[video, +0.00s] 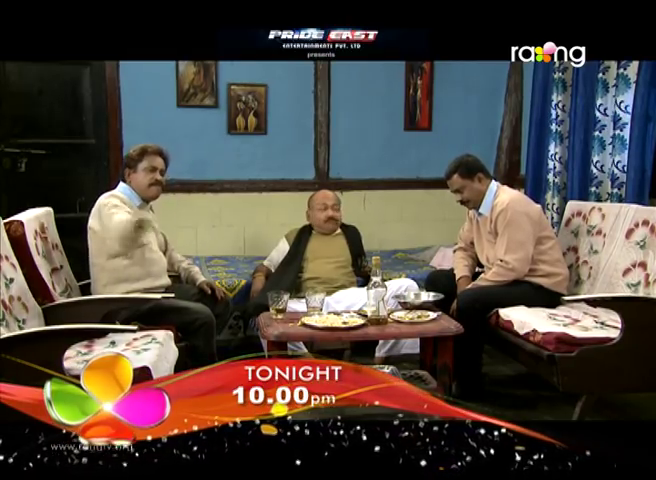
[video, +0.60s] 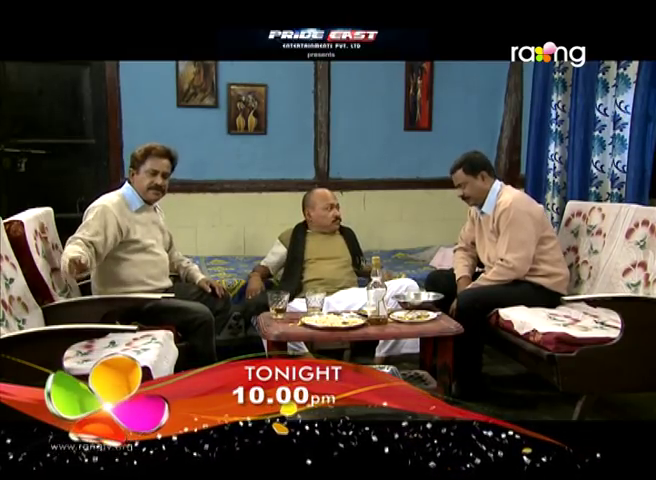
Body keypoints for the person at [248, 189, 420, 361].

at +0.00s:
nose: (331, 214)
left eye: (335, 208)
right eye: (323, 209)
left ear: (341, 211)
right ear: (309, 214)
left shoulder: (351, 233)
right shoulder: (297, 237)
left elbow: (361, 269)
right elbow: (265, 268)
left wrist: (377, 280)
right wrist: (255, 301)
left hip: (351, 297)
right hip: (311, 299)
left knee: (406, 285)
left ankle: (383, 363)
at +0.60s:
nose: (336, 213)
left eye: (337, 207)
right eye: (329, 209)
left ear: (340, 208)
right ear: (309, 214)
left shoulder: (347, 234)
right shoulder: (293, 237)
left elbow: (359, 267)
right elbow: (266, 267)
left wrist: (378, 276)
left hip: (351, 297)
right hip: (311, 299)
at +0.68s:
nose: (336, 213)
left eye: (337, 207)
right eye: (329, 209)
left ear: (340, 208)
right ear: (309, 214)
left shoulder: (346, 234)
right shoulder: (293, 237)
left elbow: (358, 267)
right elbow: (266, 266)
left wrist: (380, 272)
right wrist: (254, 278)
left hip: (350, 298)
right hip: (310, 300)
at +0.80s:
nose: (336, 212)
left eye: (337, 207)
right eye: (328, 208)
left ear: (339, 208)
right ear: (308, 214)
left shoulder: (346, 233)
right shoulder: (293, 236)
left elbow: (359, 267)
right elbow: (267, 267)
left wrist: (390, 270)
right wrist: (249, 277)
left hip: (350, 299)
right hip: (311, 300)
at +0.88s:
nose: (336, 212)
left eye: (337, 207)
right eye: (329, 208)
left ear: (339, 208)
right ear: (308, 213)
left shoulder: (345, 233)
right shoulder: (292, 236)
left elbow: (360, 267)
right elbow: (267, 267)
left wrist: (395, 270)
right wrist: (242, 274)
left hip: (351, 298)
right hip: (310, 300)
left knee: (406, 286)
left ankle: (379, 365)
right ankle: (312, 366)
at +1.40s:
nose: (303, 211)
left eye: (311, 207)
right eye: (299, 206)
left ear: (326, 211)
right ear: (295, 208)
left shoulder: (342, 230)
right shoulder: (288, 236)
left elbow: (362, 265)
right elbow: (265, 267)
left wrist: (398, 271)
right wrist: (239, 274)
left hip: (349, 295)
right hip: (308, 299)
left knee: (406, 285)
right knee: (286, 318)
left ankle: (379, 362)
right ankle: (309, 366)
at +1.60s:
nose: (297, 207)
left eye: (305, 202)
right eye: (294, 202)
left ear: (322, 206)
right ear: (289, 204)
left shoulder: (339, 224)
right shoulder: (283, 236)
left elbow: (368, 256)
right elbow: (264, 271)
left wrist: (403, 271)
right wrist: (229, 277)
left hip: (349, 295)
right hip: (308, 300)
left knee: (404, 287)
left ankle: (365, 364)